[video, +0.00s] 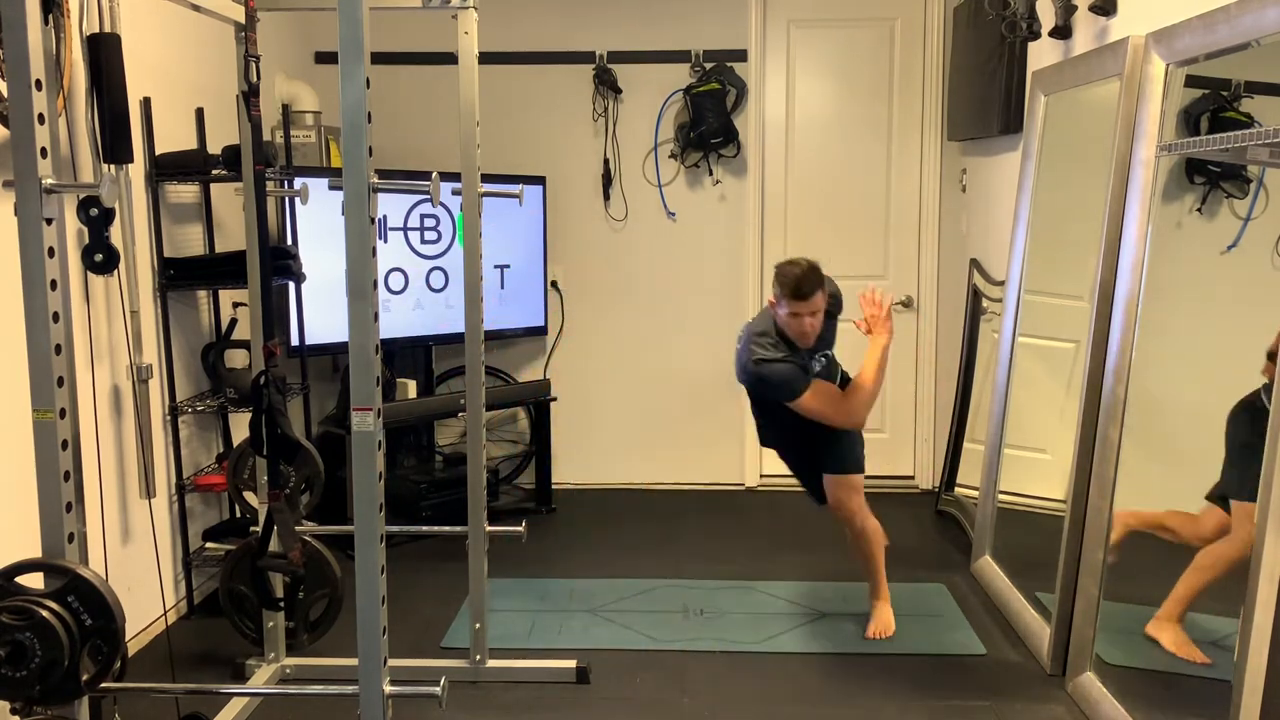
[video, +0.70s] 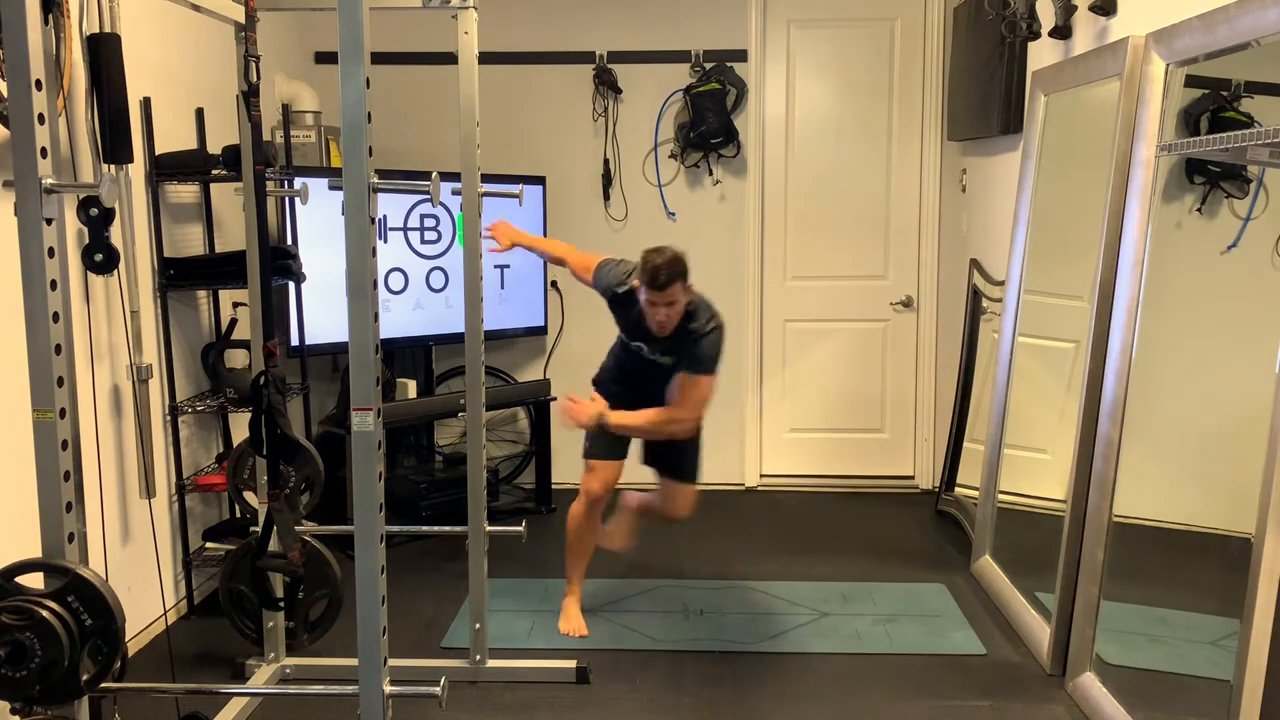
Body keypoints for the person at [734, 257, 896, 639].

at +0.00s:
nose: (807, 325)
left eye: (815, 313)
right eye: (795, 316)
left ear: (824, 301)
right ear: (774, 305)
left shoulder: (829, 297)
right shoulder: (764, 363)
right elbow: (851, 414)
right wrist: (881, 339)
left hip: (834, 409)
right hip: (789, 432)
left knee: (848, 507)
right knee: (836, 500)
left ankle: (880, 597)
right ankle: (873, 532)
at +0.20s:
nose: (812, 326)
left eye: (820, 314)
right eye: (801, 316)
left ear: (830, 302)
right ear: (782, 305)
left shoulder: (844, 310)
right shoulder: (759, 347)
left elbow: (863, 338)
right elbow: (811, 430)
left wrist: (862, 377)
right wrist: (879, 378)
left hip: (834, 410)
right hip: (785, 433)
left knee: (852, 510)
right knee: (828, 515)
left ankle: (882, 597)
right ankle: (879, 503)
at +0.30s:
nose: (794, 314)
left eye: (803, 303)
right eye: (784, 304)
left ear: (816, 290)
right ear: (766, 290)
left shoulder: (838, 313)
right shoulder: (740, 327)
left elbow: (897, 354)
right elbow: (741, 413)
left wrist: (924, 414)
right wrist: (818, 439)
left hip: (824, 404)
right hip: (767, 408)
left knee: (846, 506)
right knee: (762, 516)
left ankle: (882, 598)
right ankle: (802, 512)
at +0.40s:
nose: (772, 297)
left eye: (781, 286)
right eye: (762, 287)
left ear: (795, 274)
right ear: (746, 275)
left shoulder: (820, 305)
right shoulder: (718, 302)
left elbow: (894, 360)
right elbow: (671, 366)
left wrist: (909, 442)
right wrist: (685, 439)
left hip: (800, 404)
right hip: (735, 404)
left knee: (841, 507)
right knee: (697, 481)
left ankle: (882, 598)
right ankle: (694, 533)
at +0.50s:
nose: (738, 289)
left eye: (748, 278)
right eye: (729, 279)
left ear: (763, 265)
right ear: (713, 266)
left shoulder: (786, 293)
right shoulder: (684, 279)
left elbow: (845, 364)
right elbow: (625, 308)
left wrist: (824, 442)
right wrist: (589, 349)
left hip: (758, 388)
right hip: (690, 383)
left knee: (807, 484)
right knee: (647, 480)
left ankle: (862, 587)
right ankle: (599, 573)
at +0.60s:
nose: (695, 300)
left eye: (704, 290)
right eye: (686, 289)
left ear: (722, 275)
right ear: (673, 275)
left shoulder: (745, 304)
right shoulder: (648, 276)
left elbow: (771, 395)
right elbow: (592, 269)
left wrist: (702, 438)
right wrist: (545, 269)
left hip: (712, 386)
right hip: (651, 382)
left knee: (752, 493)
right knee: (615, 489)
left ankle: (768, 550)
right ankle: (576, 593)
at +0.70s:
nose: (661, 314)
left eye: (671, 305)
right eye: (653, 304)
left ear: (687, 294)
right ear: (639, 291)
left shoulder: (705, 329)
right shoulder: (620, 284)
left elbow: (685, 420)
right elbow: (569, 257)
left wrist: (607, 419)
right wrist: (518, 237)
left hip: (673, 399)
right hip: (621, 386)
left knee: (678, 505)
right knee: (596, 492)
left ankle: (629, 500)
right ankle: (573, 595)